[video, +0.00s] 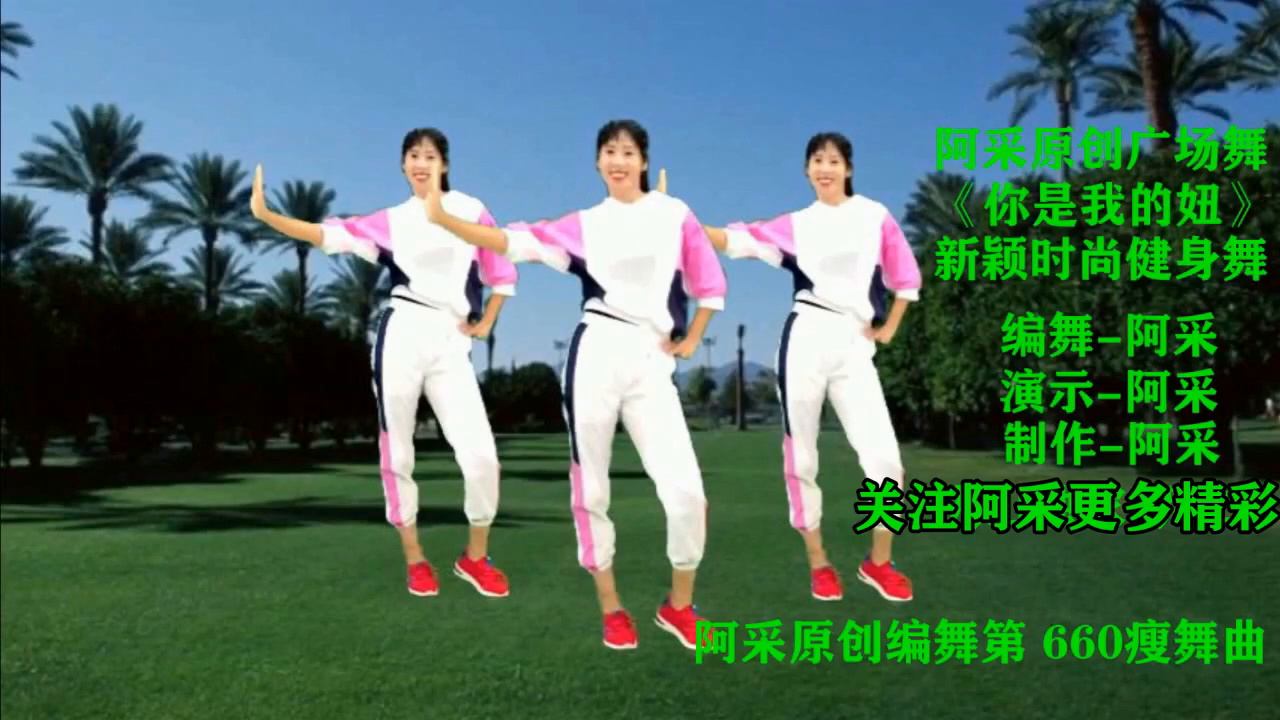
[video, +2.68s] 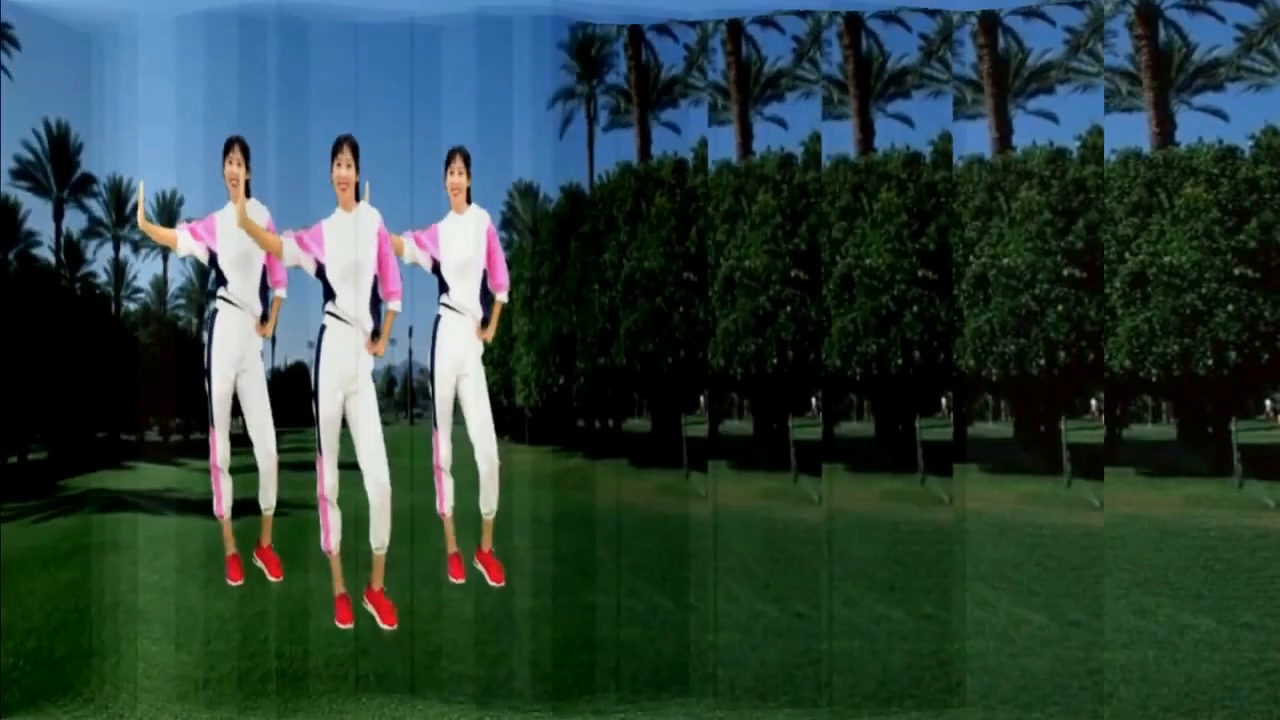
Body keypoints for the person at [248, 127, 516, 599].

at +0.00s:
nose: (420, 164)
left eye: (428, 157)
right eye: (412, 157)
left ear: (444, 165)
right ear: (404, 166)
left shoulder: (473, 211)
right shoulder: (393, 220)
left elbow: (503, 273)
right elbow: (327, 235)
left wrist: (484, 325)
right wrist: (265, 215)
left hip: (451, 335)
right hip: (401, 331)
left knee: (482, 456)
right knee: (399, 453)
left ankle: (476, 557)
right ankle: (415, 561)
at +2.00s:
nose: (420, 164)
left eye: (428, 157)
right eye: (412, 157)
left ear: (444, 165)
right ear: (403, 166)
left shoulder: (473, 211)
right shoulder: (393, 220)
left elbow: (503, 273)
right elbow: (327, 235)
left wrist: (484, 325)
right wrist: (265, 215)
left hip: (451, 335)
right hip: (401, 331)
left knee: (482, 456)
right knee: (399, 453)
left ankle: (476, 557)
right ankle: (415, 561)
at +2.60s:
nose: (465, 165)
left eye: (472, 157)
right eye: (458, 158)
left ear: (486, 166)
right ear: (448, 167)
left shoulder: (509, 216)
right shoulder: (439, 227)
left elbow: (535, 284)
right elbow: (384, 246)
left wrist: (519, 338)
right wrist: (334, 222)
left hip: (492, 352)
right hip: (450, 347)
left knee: (516, 485)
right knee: (446, 480)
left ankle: (511, 600)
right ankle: (459, 601)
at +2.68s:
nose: (456, 180)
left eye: (461, 174)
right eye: (451, 174)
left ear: (471, 180)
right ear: (444, 181)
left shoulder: (483, 222)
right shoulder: (437, 231)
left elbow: (500, 279)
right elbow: (399, 246)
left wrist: (492, 325)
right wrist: (371, 223)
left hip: (473, 336)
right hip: (444, 335)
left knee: (487, 445)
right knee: (442, 444)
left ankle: (485, 547)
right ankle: (452, 548)